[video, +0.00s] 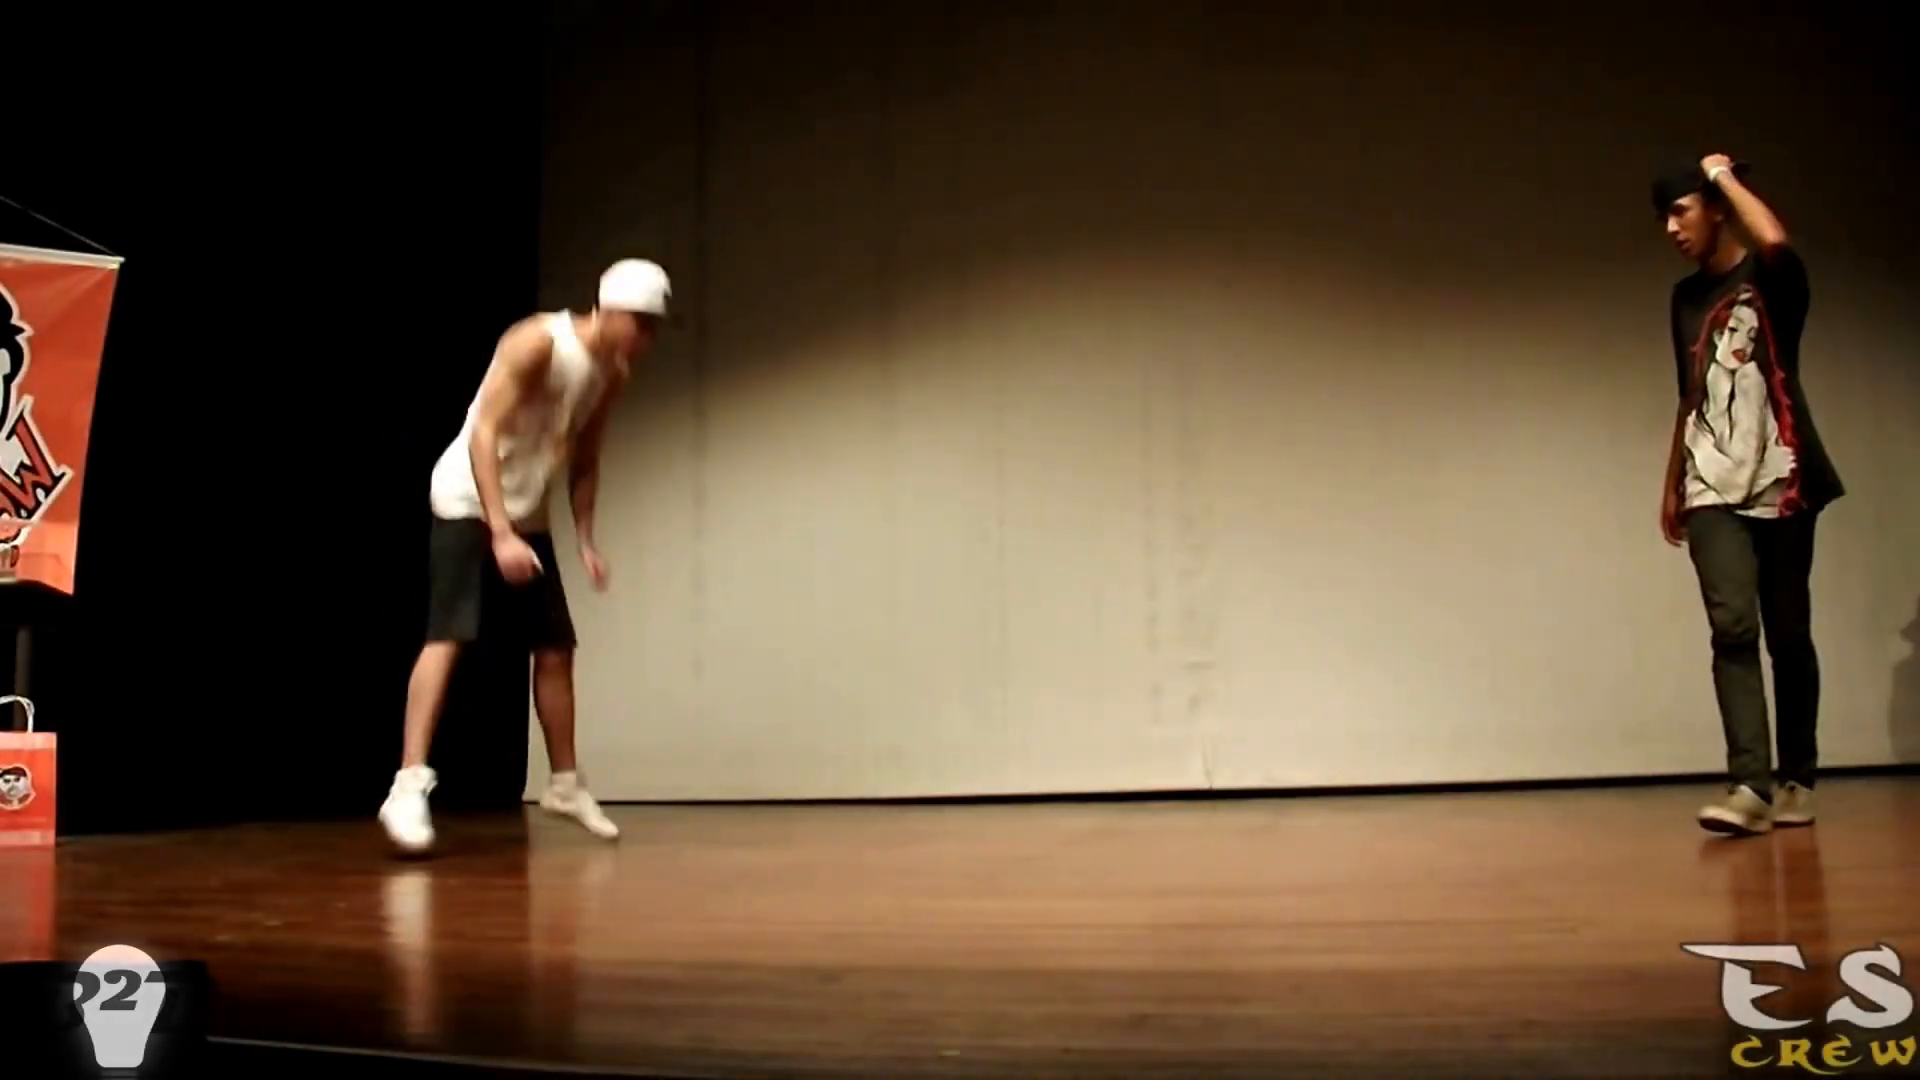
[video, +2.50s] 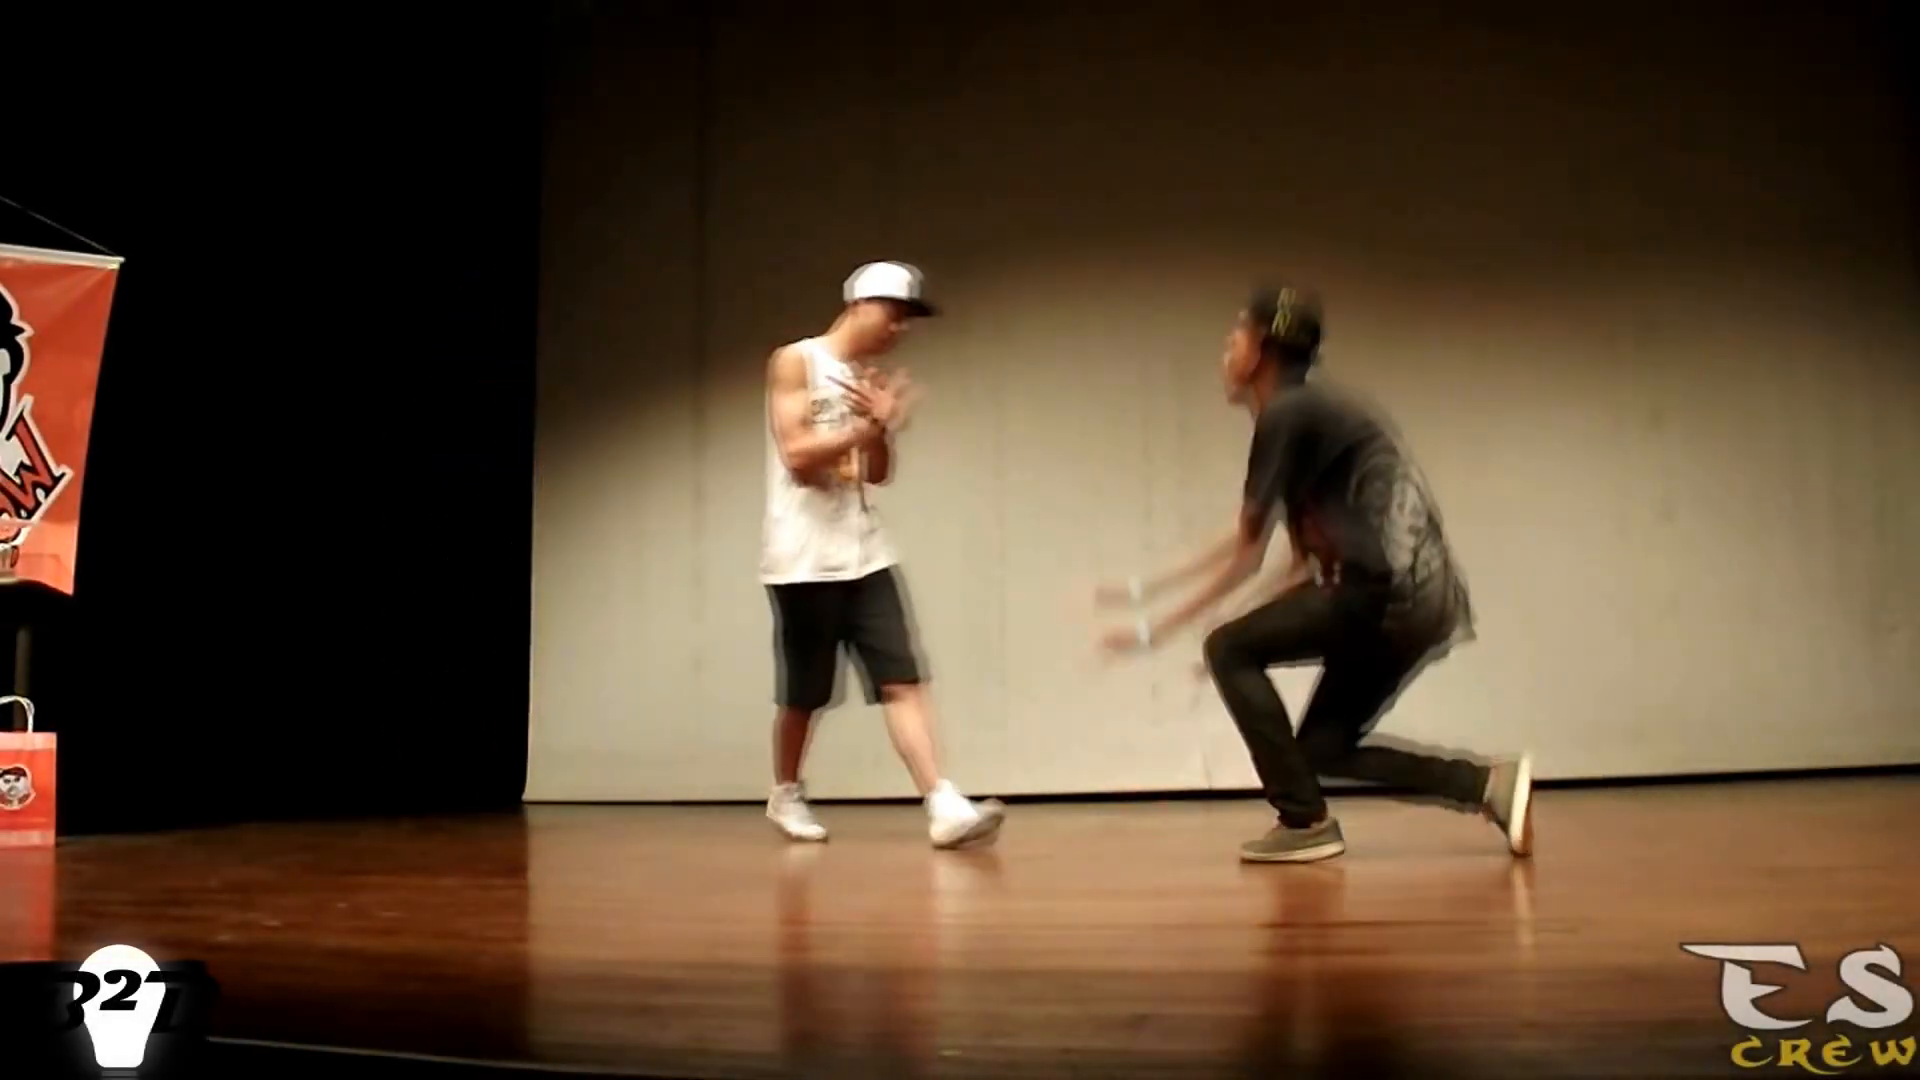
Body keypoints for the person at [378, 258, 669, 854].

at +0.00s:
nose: (646, 337)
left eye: (652, 326)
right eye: (640, 322)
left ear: (643, 324)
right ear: (607, 311)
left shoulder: (609, 373)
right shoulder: (534, 343)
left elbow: (583, 457)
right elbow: (482, 434)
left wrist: (586, 538)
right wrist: (501, 531)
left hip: (526, 512)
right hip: (467, 504)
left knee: (555, 648)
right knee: (448, 635)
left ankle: (564, 785)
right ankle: (409, 786)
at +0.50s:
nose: (545, 245)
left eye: (554, 236)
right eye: (534, 236)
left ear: (566, 253)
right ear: (514, 251)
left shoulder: (589, 332)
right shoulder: (481, 325)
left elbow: (600, 420)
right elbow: (462, 410)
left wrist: (633, 470)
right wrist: (463, 465)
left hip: (560, 520)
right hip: (492, 519)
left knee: (551, 666)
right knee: (493, 665)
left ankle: (538, 797)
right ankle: (498, 796)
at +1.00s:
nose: (515, 281)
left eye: (526, 270)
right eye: (506, 269)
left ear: (543, 269)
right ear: (492, 266)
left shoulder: (567, 330)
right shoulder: (464, 326)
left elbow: (583, 421)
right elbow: (443, 415)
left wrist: (531, 400)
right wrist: (482, 398)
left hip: (541, 505)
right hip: (472, 505)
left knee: (552, 648)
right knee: (456, 650)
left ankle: (559, 777)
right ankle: (445, 786)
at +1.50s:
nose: (621, 358)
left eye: (630, 349)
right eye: (615, 346)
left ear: (635, 349)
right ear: (590, 336)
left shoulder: (635, 395)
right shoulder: (541, 388)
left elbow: (636, 472)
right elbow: (541, 470)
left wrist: (605, 419)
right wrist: (590, 421)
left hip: (611, 564)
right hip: (544, 563)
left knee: (628, 689)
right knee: (511, 680)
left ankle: (589, 785)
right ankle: (468, 795)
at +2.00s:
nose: (763, 359)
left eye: (769, 348)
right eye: (758, 345)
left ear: (764, 348)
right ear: (727, 335)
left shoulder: (739, 393)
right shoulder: (674, 391)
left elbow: (755, 478)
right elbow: (689, 481)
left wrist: (750, 431)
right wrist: (746, 437)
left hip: (726, 557)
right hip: (693, 557)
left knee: (695, 688)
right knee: (752, 677)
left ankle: (619, 772)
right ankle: (778, 803)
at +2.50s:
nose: (900, 330)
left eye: (906, 320)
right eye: (894, 315)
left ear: (897, 321)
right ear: (862, 305)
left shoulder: (876, 379)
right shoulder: (795, 362)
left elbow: (877, 474)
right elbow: (797, 454)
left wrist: (881, 424)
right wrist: (865, 428)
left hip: (863, 552)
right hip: (802, 556)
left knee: (900, 676)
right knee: (805, 689)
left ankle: (944, 805)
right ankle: (785, 796)